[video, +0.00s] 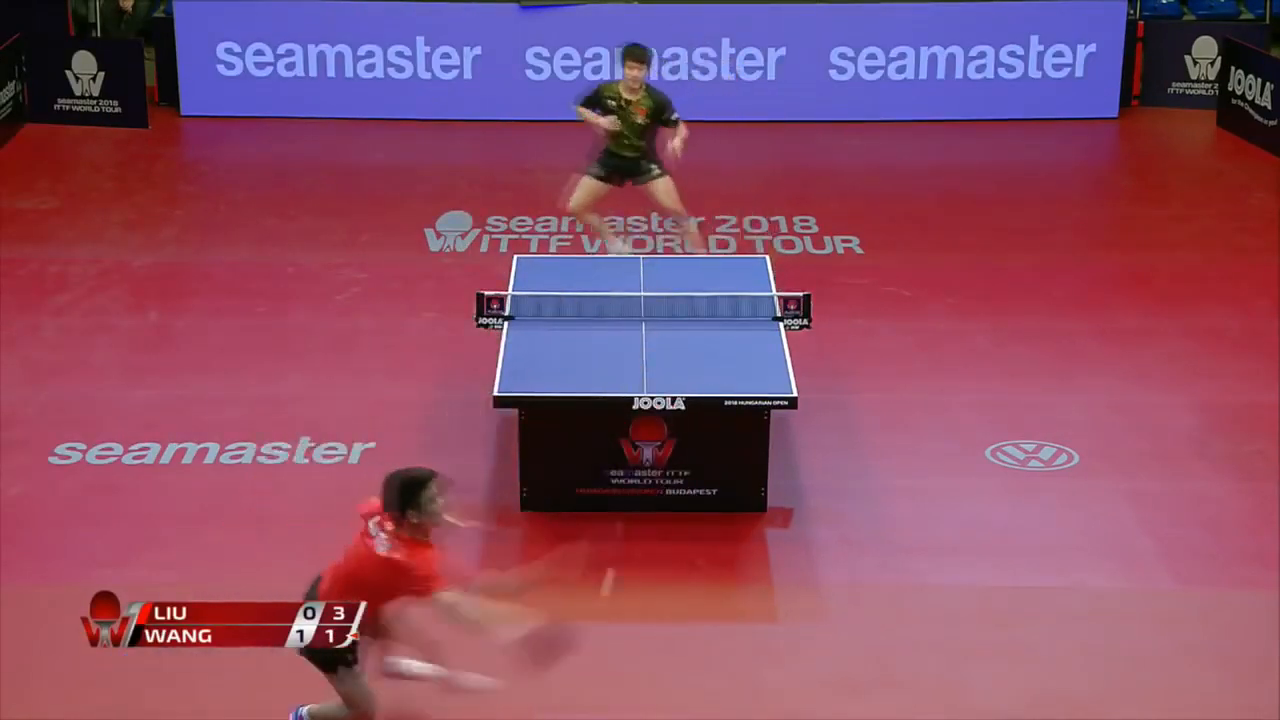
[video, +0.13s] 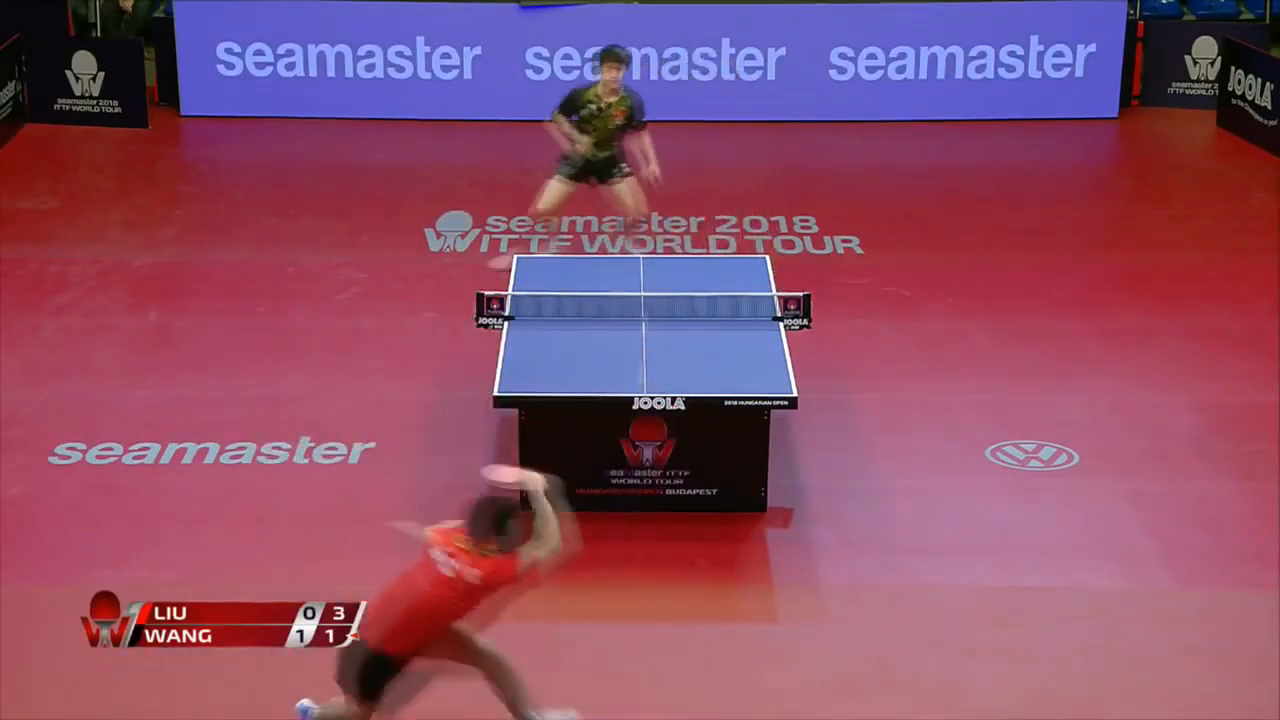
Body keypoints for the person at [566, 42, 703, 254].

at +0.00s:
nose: (634, 74)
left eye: (639, 69)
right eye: (630, 68)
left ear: (647, 71)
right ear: (623, 69)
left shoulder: (656, 100)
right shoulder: (606, 91)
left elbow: (680, 126)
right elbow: (581, 109)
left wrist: (678, 139)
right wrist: (599, 121)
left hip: (644, 162)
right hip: (611, 160)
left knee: (676, 210)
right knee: (577, 206)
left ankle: (701, 259)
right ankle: (614, 245)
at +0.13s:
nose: (614, 75)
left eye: (618, 70)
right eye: (610, 69)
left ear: (624, 72)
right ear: (601, 70)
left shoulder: (631, 101)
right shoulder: (581, 96)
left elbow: (641, 132)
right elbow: (555, 120)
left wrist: (651, 163)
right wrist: (571, 144)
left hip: (611, 162)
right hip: (577, 160)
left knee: (639, 213)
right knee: (541, 212)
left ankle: (627, 251)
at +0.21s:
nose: (595, 83)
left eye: (599, 79)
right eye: (591, 78)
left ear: (605, 82)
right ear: (583, 80)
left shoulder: (611, 112)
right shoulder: (563, 109)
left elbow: (616, 143)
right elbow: (532, 140)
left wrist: (633, 173)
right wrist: (555, 163)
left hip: (593, 169)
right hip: (560, 169)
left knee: (618, 221)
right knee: (522, 220)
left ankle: (607, 246)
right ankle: (489, 254)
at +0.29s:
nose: (573, 96)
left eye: (578, 91)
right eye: (568, 90)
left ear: (585, 94)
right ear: (559, 92)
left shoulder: (586, 122)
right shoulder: (544, 117)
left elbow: (589, 153)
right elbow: (521, 150)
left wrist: (612, 178)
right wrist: (554, 168)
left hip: (566, 177)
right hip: (530, 176)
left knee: (602, 216)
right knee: (493, 222)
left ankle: (604, 249)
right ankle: (462, 261)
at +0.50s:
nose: (508, 98)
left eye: (512, 93)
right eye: (503, 92)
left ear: (517, 95)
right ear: (493, 93)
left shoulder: (499, 118)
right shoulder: (490, 116)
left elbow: (492, 156)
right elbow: (522, 145)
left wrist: (510, 178)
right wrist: (552, 145)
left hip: (485, 174)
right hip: (459, 176)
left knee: (534, 201)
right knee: (432, 223)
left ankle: (514, 244)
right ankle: (396, 254)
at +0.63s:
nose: (469, 105)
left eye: (472, 100)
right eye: (464, 100)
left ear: (474, 102)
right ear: (451, 101)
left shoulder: (451, 122)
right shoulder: (453, 124)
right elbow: (494, 142)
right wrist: (534, 139)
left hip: (443, 185)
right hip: (420, 189)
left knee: (491, 209)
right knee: (407, 246)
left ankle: (498, 257)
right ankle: (352, 278)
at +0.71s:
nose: (438, 96)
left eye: (441, 91)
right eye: (433, 90)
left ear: (442, 93)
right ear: (419, 91)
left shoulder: (425, 118)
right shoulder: (414, 115)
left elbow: (415, 145)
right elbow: (417, 144)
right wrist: (464, 142)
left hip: (418, 181)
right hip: (394, 182)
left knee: (463, 216)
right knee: (383, 232)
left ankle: (492, 258)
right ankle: (344, 275)